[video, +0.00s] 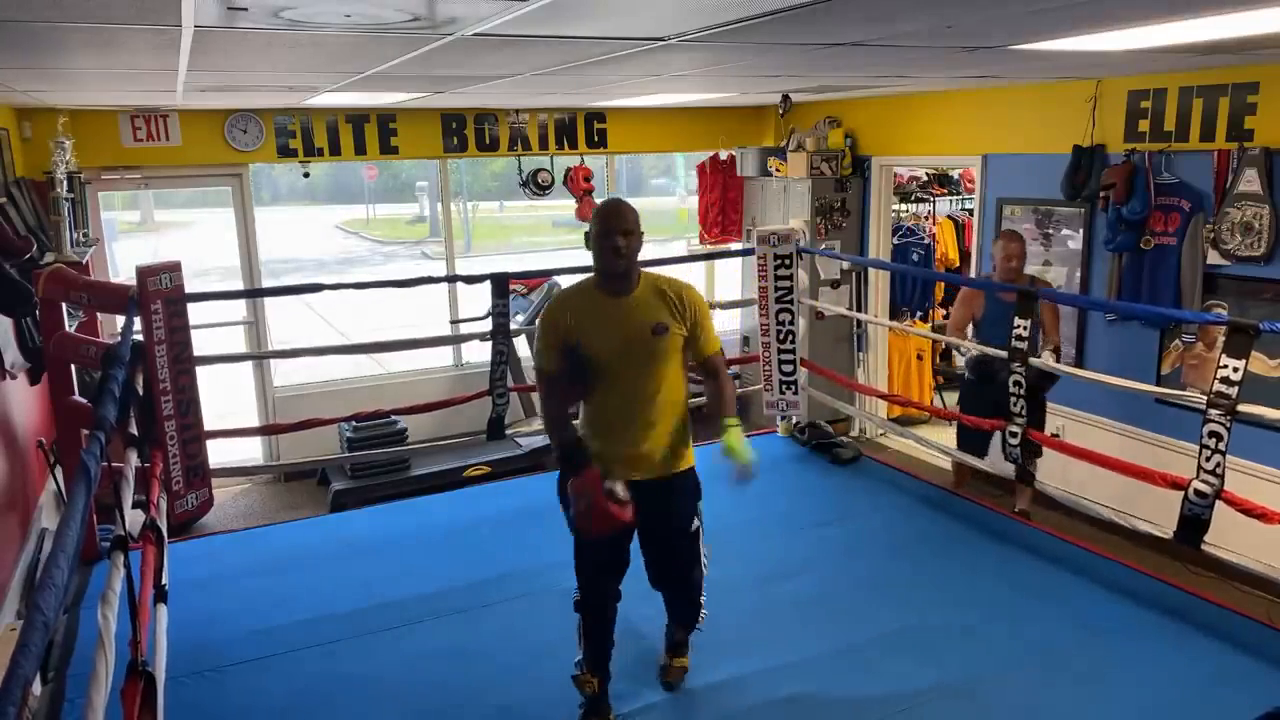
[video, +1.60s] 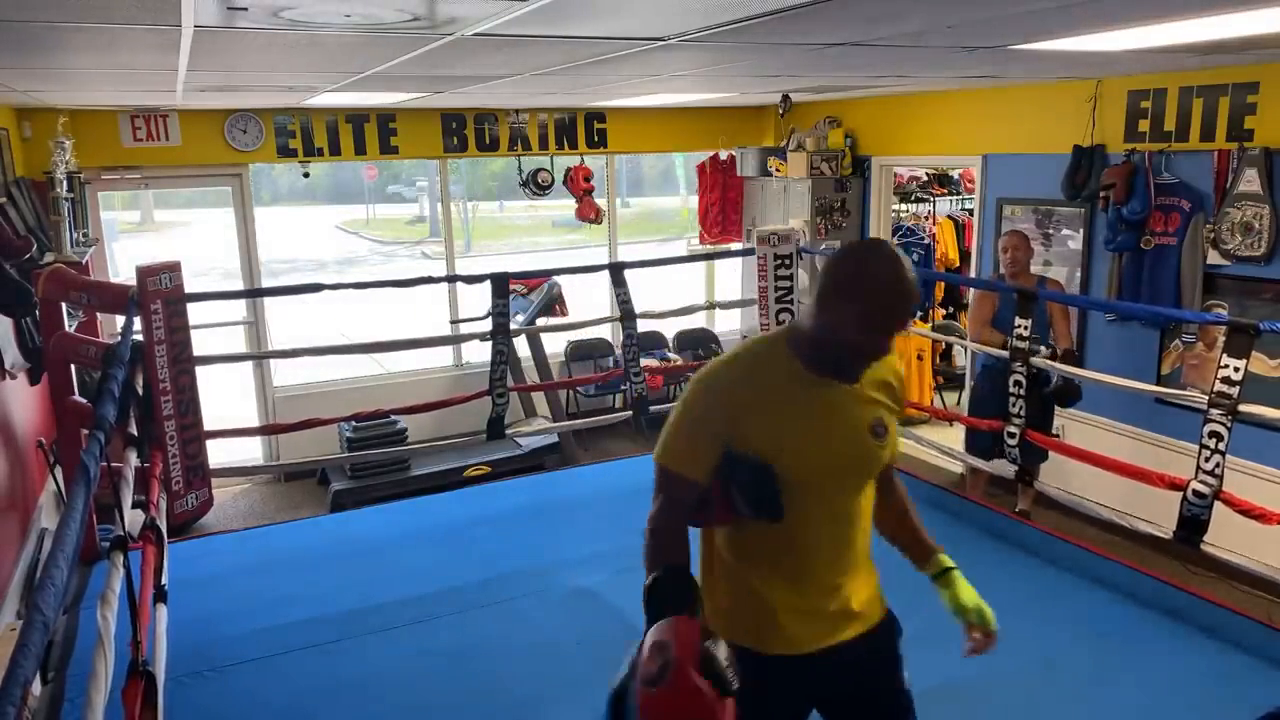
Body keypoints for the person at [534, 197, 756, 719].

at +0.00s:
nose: (618, 244)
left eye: (627, 234)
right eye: (607, 235)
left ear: (642, 239)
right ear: (589, 241)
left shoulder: (681, 300)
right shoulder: (562, 314)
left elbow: (717, 371)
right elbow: (552, 406)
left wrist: (731, 429)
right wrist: (580, 470)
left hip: (670, 475)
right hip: (598, 479)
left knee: (683, 582)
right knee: (597, 594)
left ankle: (679, 640)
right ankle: (596, 694)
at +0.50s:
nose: (703, 275)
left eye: (713, 263)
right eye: (691, 261)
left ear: (723, 267)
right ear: (665, 257)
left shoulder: (731, 334)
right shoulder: (608, 333)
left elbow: (730, 414)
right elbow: (567, 430)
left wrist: (741, 484)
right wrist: (556, 524)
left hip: (703, 523)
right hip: (623, 528)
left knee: (721, 654)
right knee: (603, 638)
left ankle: (716, 719)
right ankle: (595, 702)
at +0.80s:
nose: (762, 270)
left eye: (773, 259)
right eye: (751, 256)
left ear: (780, 264)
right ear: (717, 249)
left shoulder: (778, 339)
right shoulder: (646, 328)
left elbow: (778, 432)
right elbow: (594, 432)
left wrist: (777, 508)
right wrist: (589, 521)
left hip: (731, 533)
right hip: (654, 536)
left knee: (725, 679)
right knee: (664, 689)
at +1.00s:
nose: (789, 307)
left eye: (797, 294)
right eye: (783, 292)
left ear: (800, 288)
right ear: (748, 275)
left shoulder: (797, 353)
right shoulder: (659, 344)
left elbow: (802, 464)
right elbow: (612, 455)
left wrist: (758, 525)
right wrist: (671, 497)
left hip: (755, 563)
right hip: (683, 567)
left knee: (733, 697)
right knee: (704, 709)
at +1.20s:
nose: (792, 331)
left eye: (802, 318)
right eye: (783, 319)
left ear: (808, 304)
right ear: (744, 296)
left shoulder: (809, 352)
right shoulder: (664, 367)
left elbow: (827, 467)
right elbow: (627, 498)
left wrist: (797, 529)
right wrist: (701, 497)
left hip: (792, 589)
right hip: (707, 599)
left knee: (795, 709)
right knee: (716, 712)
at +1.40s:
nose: (806, 346)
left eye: (818, 332)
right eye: (794, 333)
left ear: (828, 312)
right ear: (758, 298)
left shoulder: (829, 358)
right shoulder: (678, 378)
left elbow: (854, 468)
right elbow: (641, 515)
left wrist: (874, 560)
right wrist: (690, 556)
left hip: (824, 607)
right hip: (729, 627)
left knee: (868, 712)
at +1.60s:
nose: (886, 349)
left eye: (894, 332)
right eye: (876, 330)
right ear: (833, 309)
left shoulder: (882, 378)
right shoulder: (724, 387)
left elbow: (880, 483)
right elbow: (669, 511)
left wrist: (945, 576)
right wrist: (671, 619)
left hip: (859, 639)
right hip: (753, 653)